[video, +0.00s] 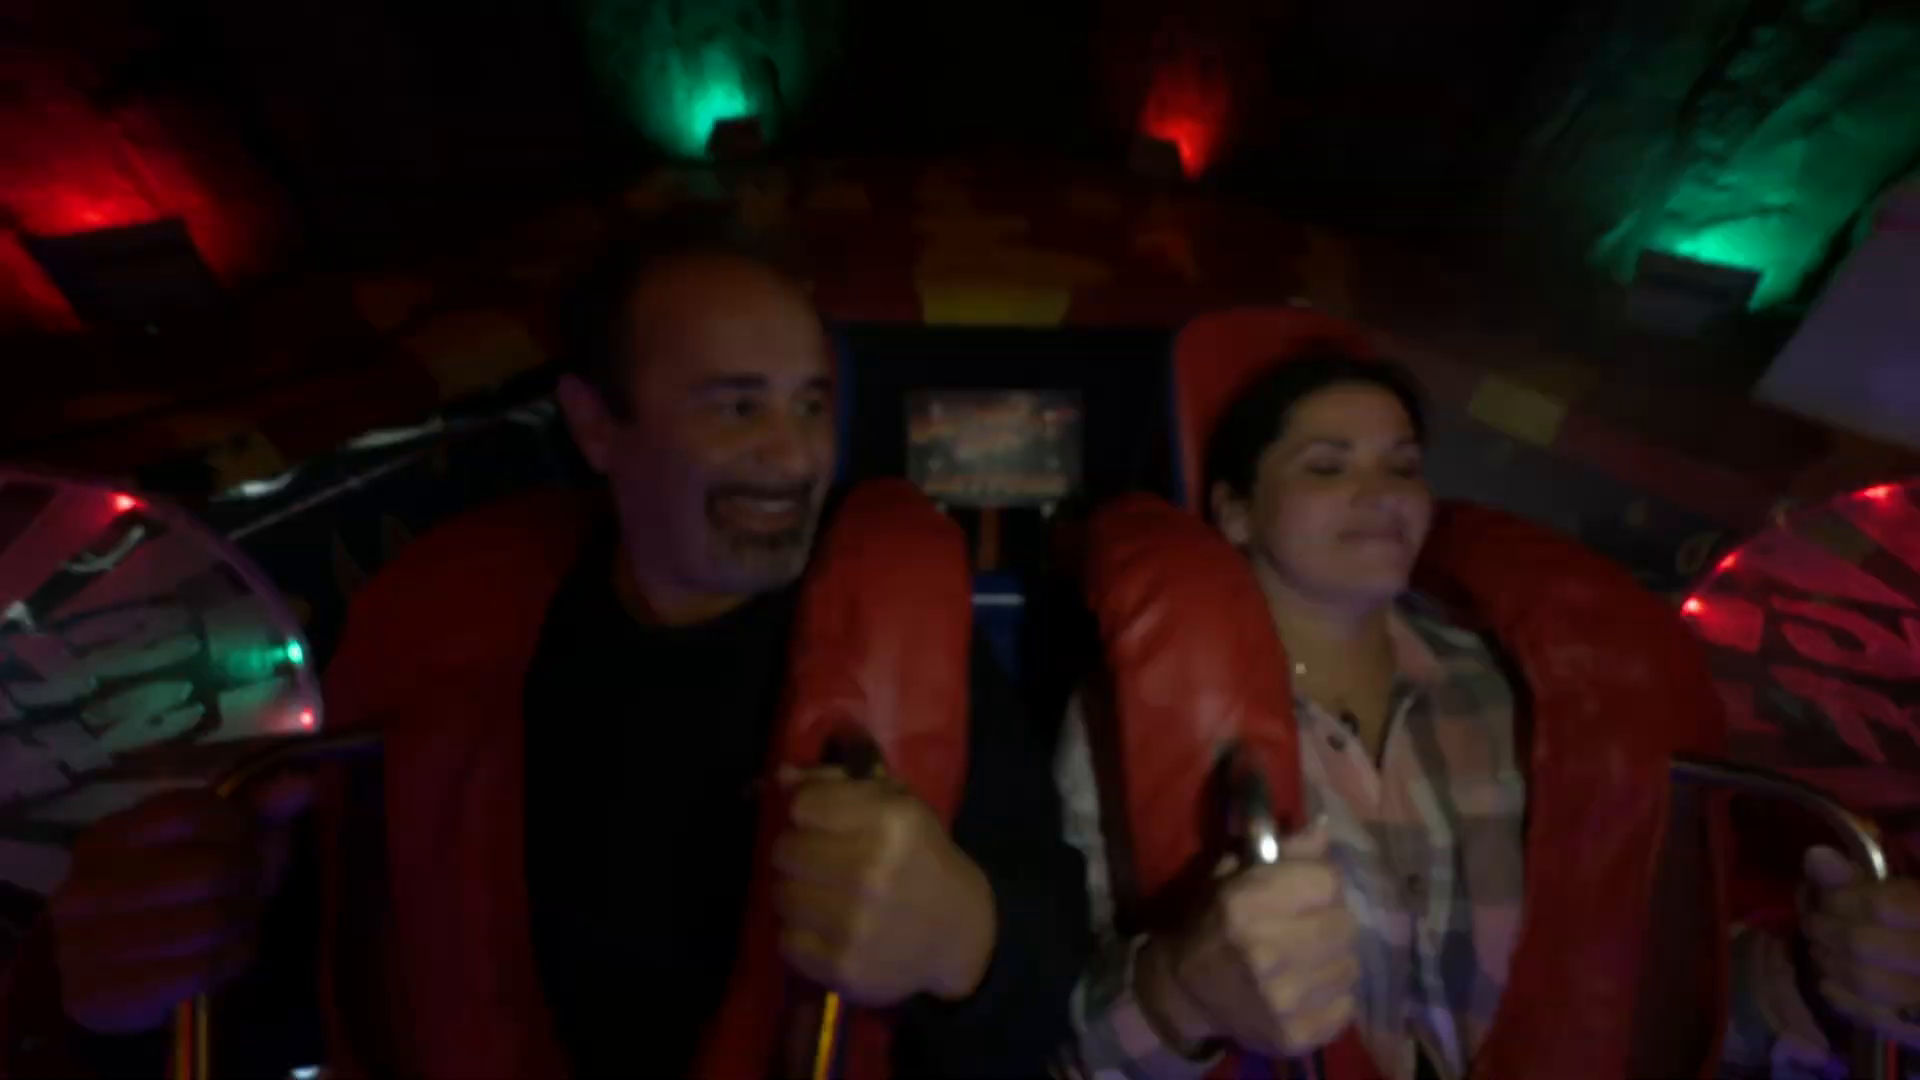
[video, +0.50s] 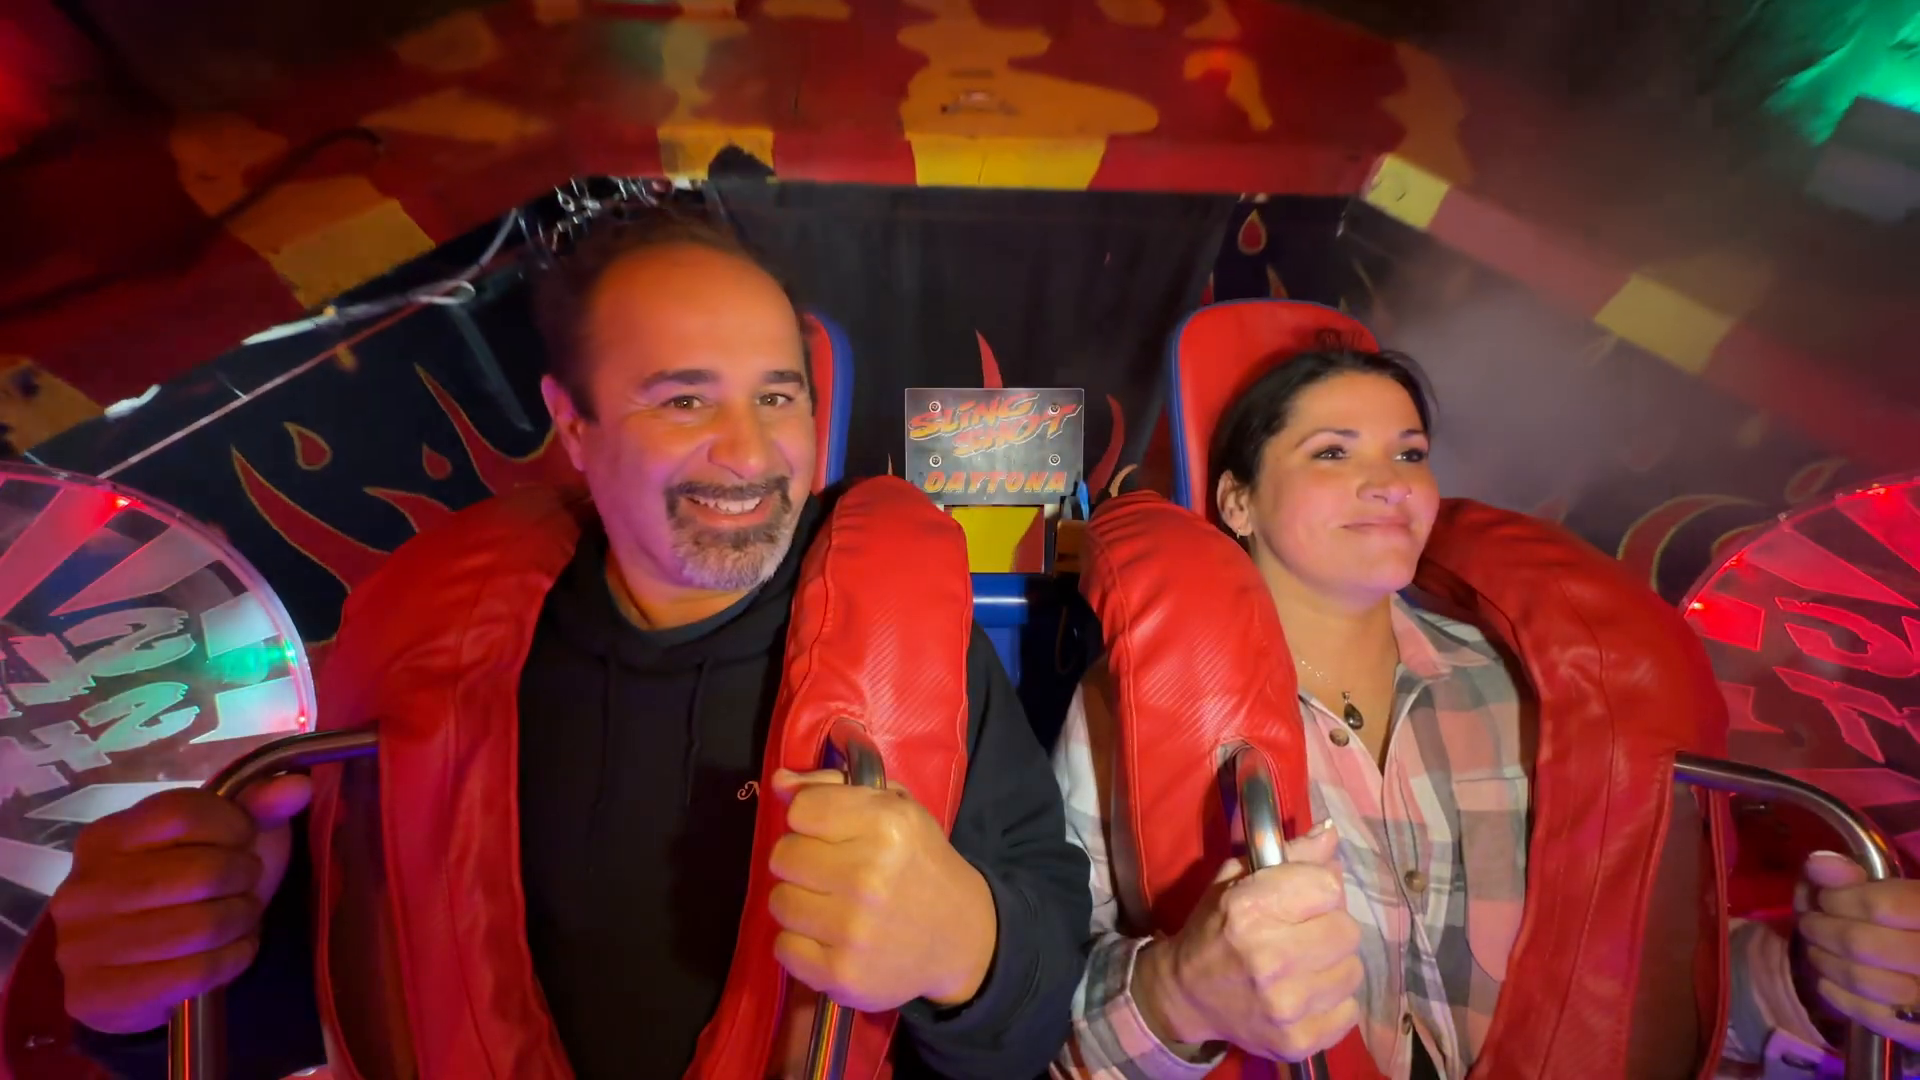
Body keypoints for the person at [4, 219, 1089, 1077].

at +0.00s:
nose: (790, 451)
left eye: (812, 403)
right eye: (732, 404)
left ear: (840, 416)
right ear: (600, 429)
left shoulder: (927, 644)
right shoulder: (441, 632)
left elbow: (1049, 1015)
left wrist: (973, 943)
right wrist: (96, 973)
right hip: (495, 1064)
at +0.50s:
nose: (747, 457)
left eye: (778, 398)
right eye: (681, 402)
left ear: (814, 409)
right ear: (570, 430)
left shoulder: (917, 654)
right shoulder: (425, 643)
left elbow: (1043, 979)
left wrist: (974, 945)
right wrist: (105, 972)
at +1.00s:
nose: (710, 443)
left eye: (754, 390)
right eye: (649, 390)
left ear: (810, 417)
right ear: (561, 420)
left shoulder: (923, 660)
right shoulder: (429, 645)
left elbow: (1044, 995)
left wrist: (973, 945)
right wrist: (123, 966)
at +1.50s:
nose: (784, 426)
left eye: (813, 386)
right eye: (730, 375)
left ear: (839, 421)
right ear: (604, 404)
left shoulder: (927, 664)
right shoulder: (433, 628)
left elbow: (1042, 1002)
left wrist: (972, 949)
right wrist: (112, 976)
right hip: (482, 1061)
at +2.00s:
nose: (817, 433)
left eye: (833, 390)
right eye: (762, 378)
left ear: (850, 410)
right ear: (620, 400)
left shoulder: (918, 654)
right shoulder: (428, 626)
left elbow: (1044, 980)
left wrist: (977, 949)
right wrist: (106, 982)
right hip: (484, 1056)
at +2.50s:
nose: (785, 440)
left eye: (811, 395)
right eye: (728, 391)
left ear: (838, 415)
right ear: (601, 412)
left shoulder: (918, 653)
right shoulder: (437, 633)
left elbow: (1041, 1006)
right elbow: (317, 991)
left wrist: (978, 955)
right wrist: (122, 977)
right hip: (497, 1062)